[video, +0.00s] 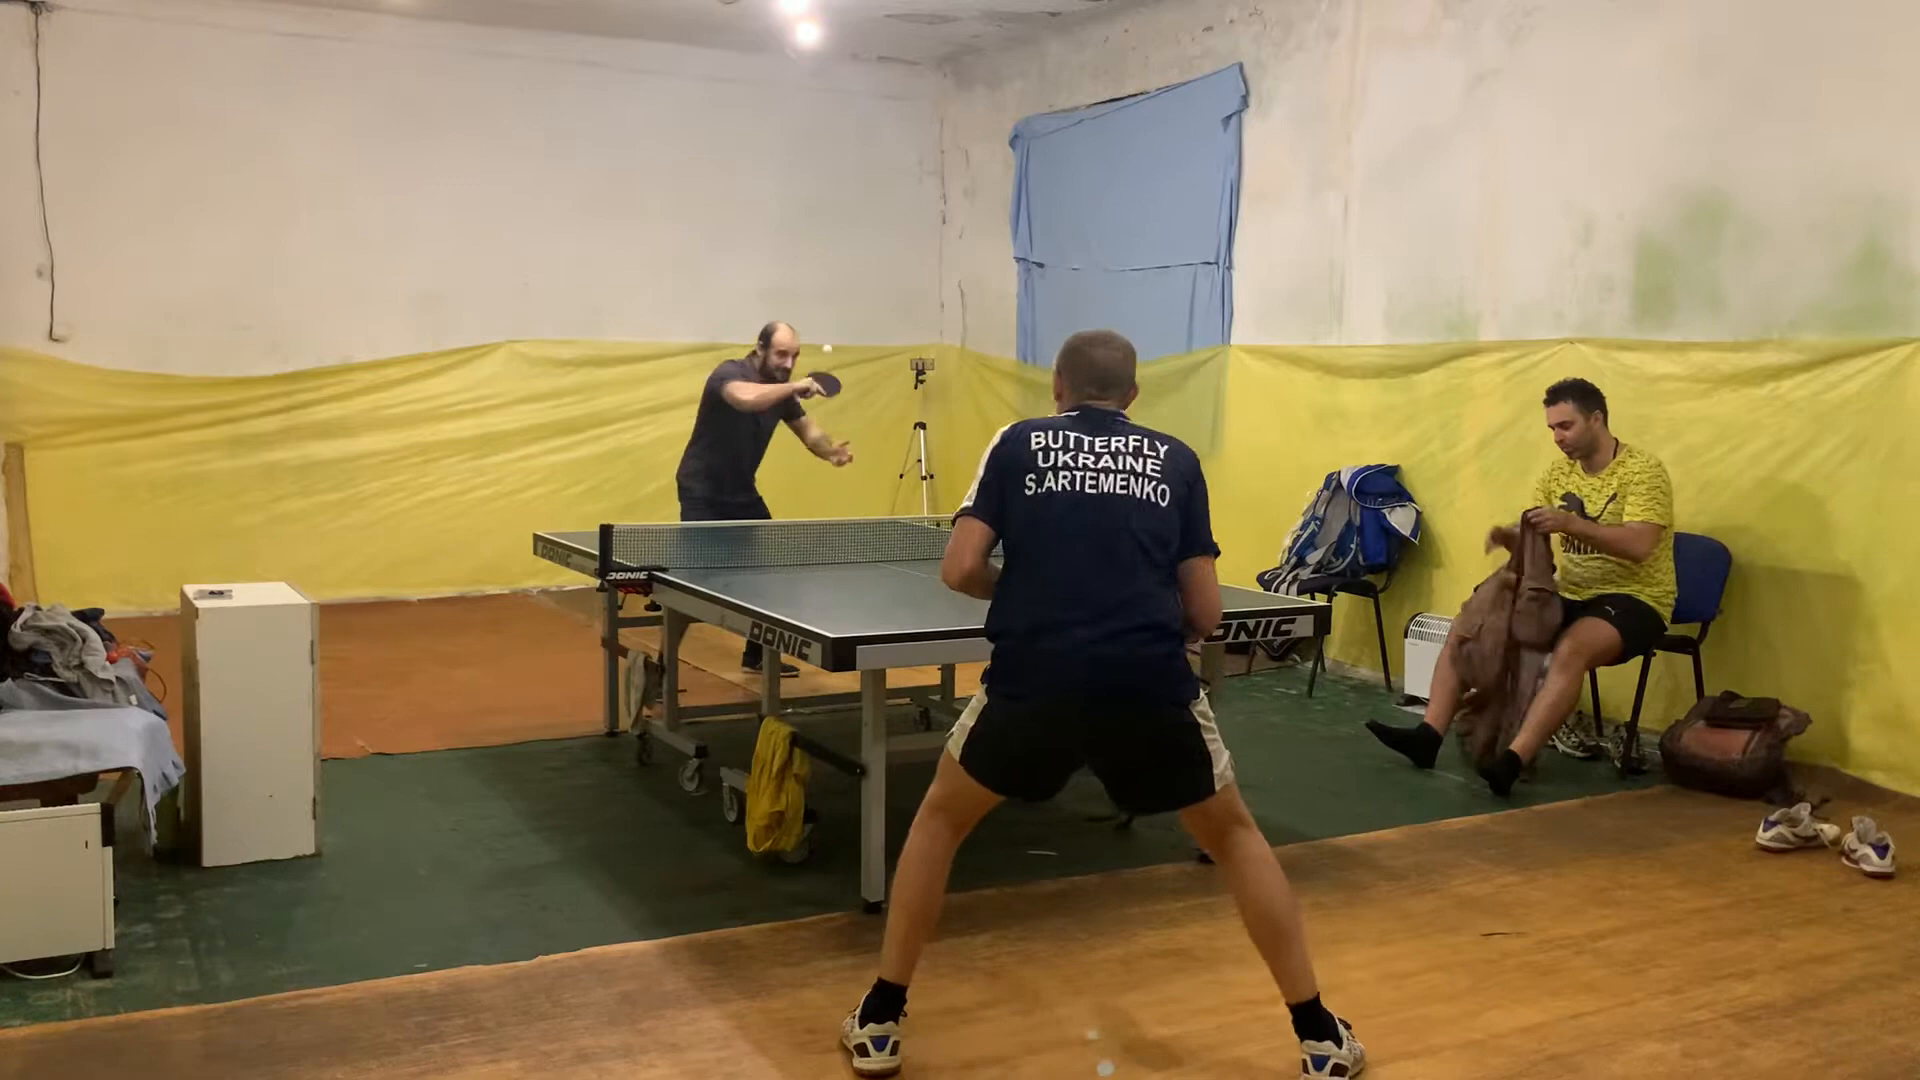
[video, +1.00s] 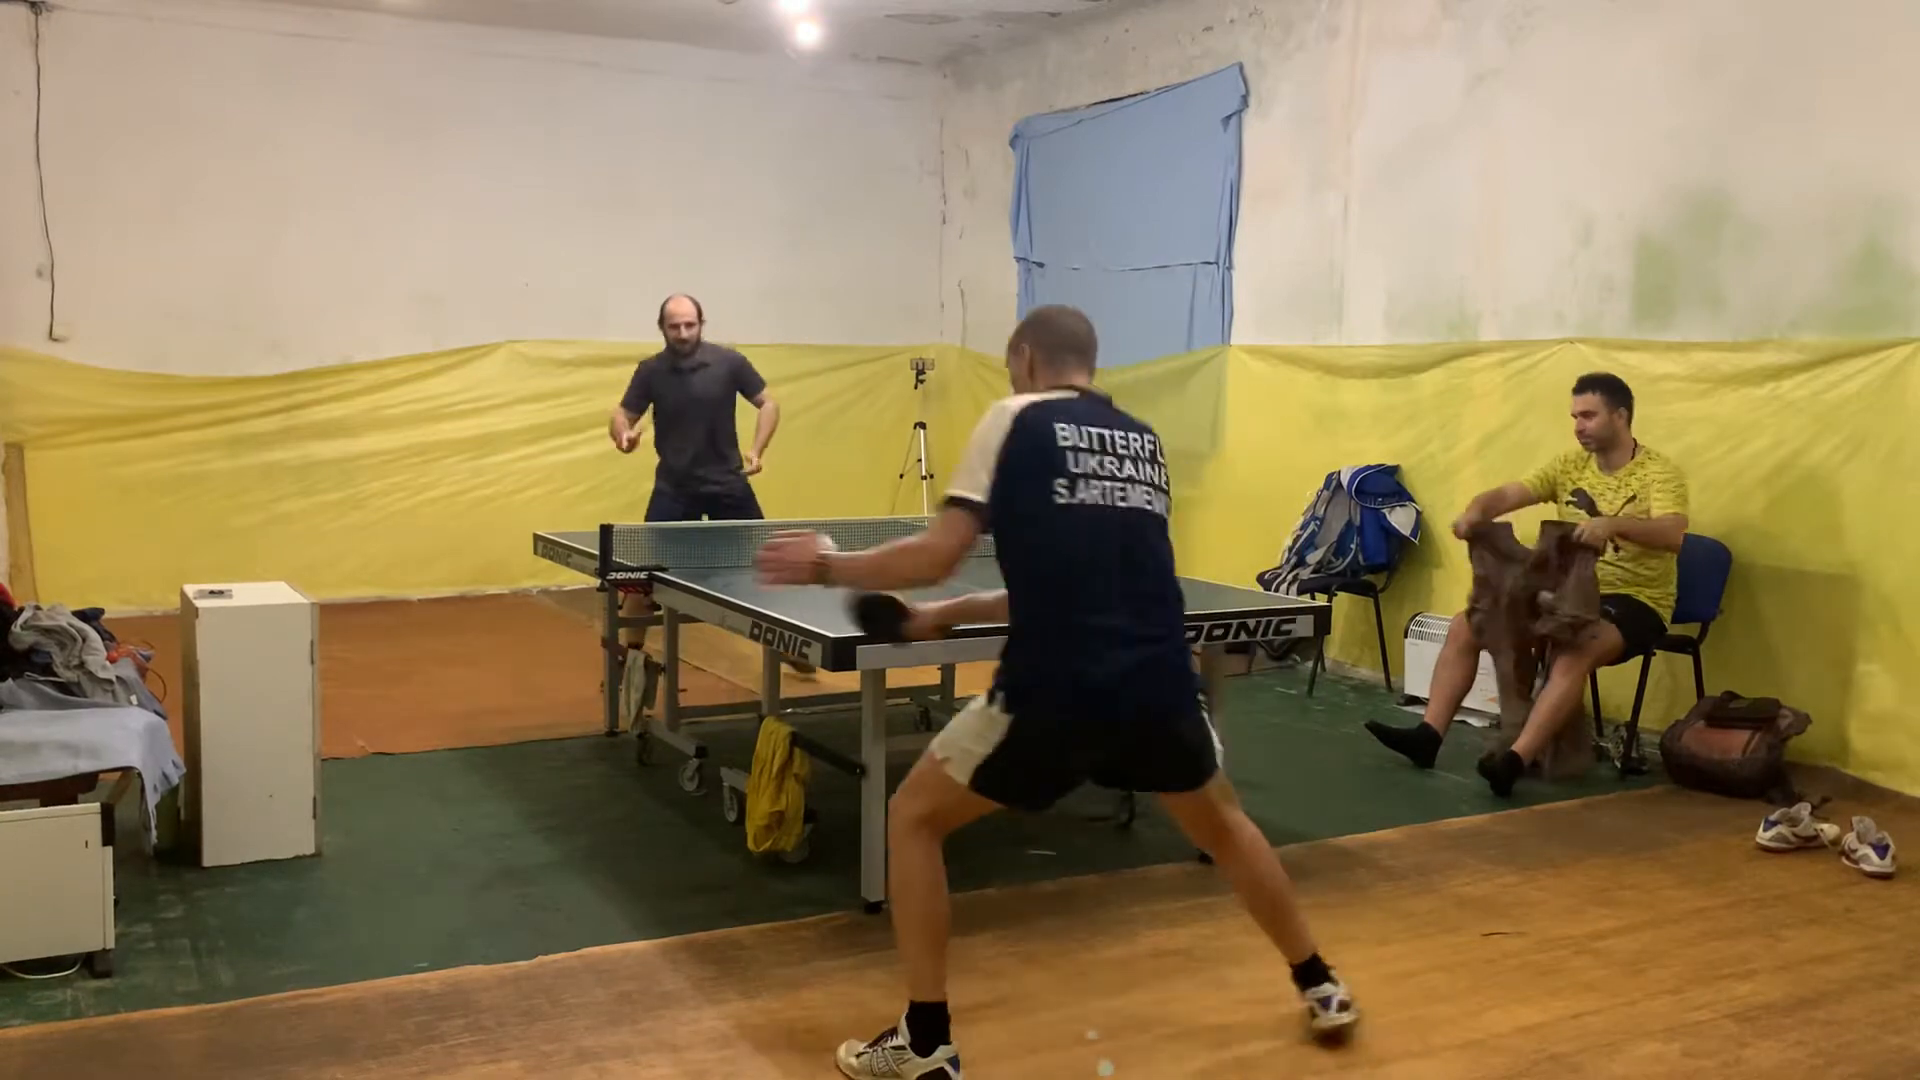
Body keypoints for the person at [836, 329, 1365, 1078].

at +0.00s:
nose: (1056, 397)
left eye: (1055, 387)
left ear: (1058, 391)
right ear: (1133, 397)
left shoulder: (1017, 440)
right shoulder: (1176, 459)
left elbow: (962, 569)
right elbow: (1203, 612)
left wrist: (1026, 591)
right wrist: (1137, 608)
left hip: (1032, 689)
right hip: (1149, 692)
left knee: (942, 821)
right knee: (1235, 837)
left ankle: (880, 1017)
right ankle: (1318, 1031)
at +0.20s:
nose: (1102, 360)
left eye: (1100, 348)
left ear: (1105, 352)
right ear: (1181, 358)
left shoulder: (1069, 414)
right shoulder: (1230, 432)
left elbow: (1028, 534)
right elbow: (1261, 581)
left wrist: (1058, 570)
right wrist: (1199, 573)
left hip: (1086, 676)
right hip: (1200, 682)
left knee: (983, 828)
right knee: (1258, 829)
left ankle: (887, 1013)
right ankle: (1321, 1031)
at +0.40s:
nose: (1116, 333)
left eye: (1118, 322)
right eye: (1126, 322)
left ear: (1125, 326)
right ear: (1198, 329)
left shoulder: (1107, 391)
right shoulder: (1256, 401)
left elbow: (1076, 524)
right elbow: (1289, 546)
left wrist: (1057, 526)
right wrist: (1222, 534)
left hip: (1148, 650)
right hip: (1253, 652)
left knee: (1047, 796)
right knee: (1274, 808)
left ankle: (1026, 1018)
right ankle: (1329, 999)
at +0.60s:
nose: (1115, 384)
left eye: (1117, 373)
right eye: (1119, 374)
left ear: (1130, 373)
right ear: (1194, 376)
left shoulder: (1122, 432)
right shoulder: (1253, 441)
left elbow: (1095, 567)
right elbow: (1274, 550)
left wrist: (1053, 554)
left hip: (1178, 674)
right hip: (1281, 669)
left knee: (1040, 809)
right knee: (1288, 814)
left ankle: (976, 1024)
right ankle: (1368, 986)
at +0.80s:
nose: (1054, 439)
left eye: (1055, 425)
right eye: (1053, 426)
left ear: (1074, 418)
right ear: (1129, 421)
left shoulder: (1088, 467)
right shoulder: (1183, 479)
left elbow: (1069, 604)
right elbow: (1160, 639)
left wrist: (980, 596)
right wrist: (1048, 655)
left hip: (1159, 706)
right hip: (1252, 699)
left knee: (988, 819)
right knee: (1246, 823)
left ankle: (930, 1037)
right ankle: (1362, 982)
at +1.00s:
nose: (1008, 377)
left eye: (1008, 367)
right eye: (1011, 369)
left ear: (1023, 362)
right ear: (1091, 367)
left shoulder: (1013, 417)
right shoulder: (1141, 437)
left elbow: (938, 552)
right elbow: (1083, 589)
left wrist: (830, 566)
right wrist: (942, 613)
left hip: (1050, 695)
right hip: (1160, 692)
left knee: (914, 819)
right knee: (1226, 829)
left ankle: (924, 1037)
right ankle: (1320, 983)